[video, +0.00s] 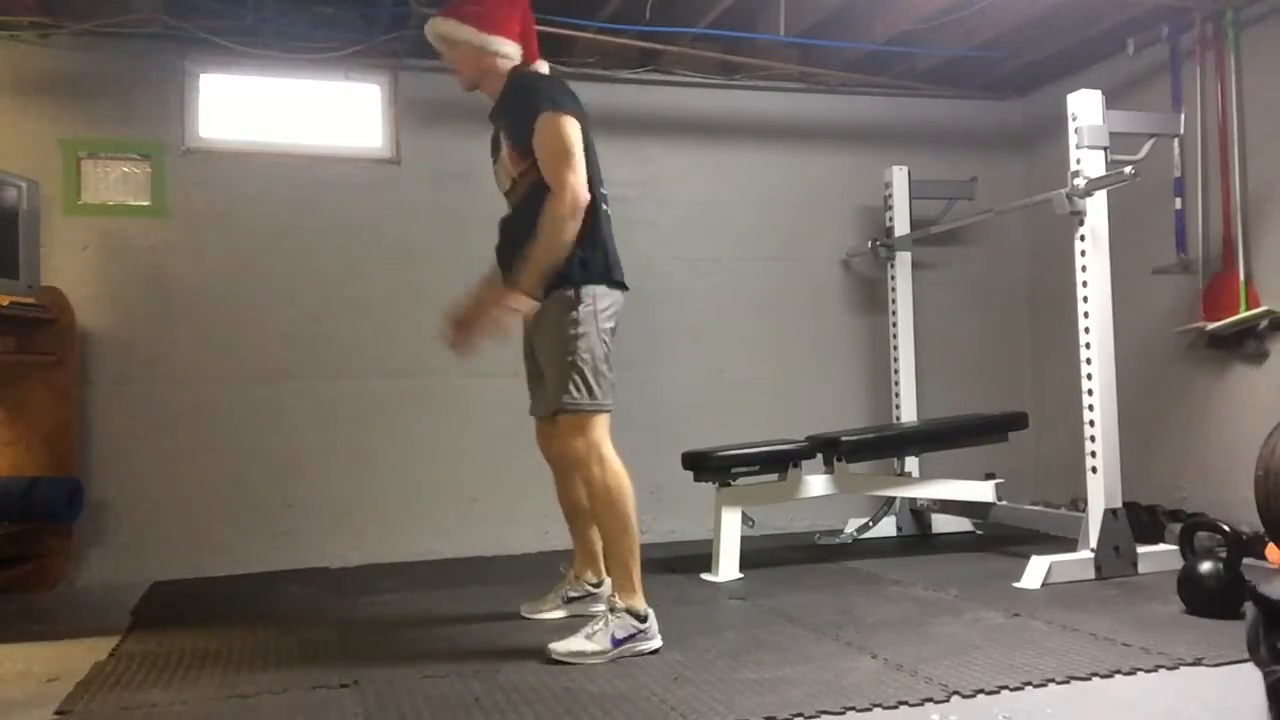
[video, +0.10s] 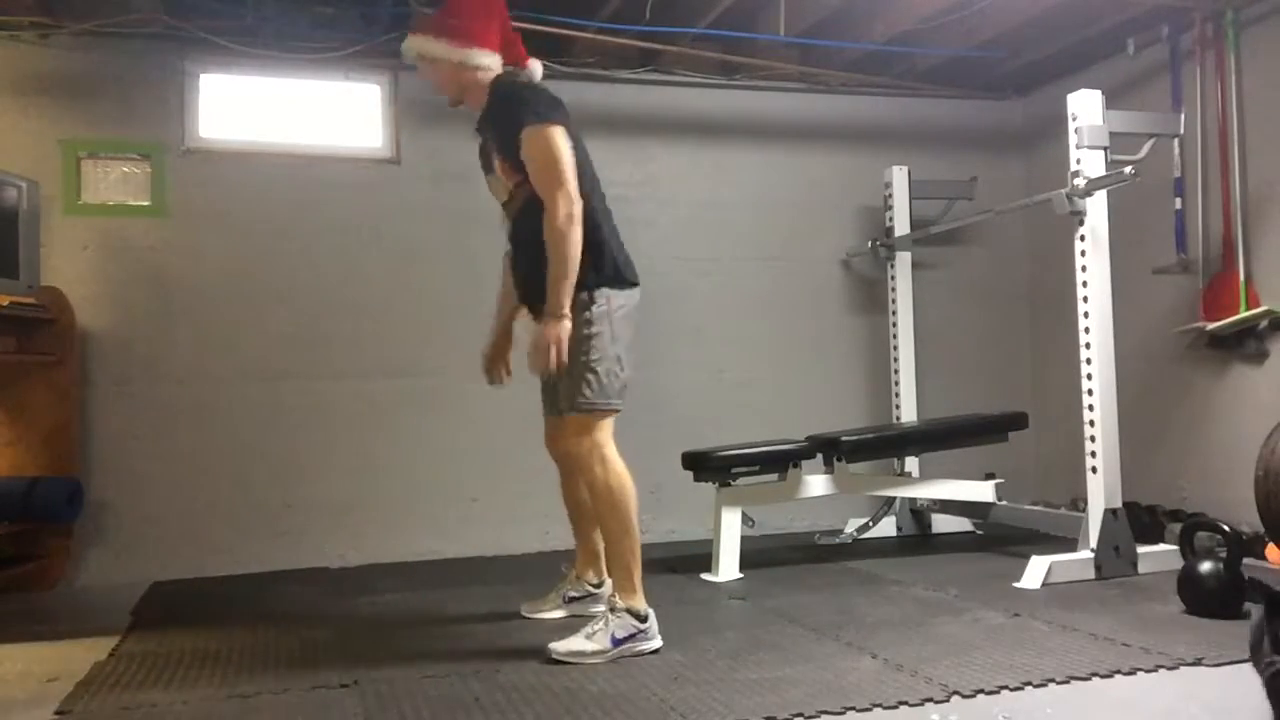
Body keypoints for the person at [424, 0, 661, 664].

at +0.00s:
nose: (447, 63)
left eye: (453, 48)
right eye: (445, 51)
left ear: (491, 46)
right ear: (485, 50)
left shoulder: (540, 93)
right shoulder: (502, 113)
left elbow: (572, 196)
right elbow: (525, 224)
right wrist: (483, 302)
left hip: (579, 290)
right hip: (550, 295)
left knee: (586, 442)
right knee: (558, 441)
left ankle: (633, 610)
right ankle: (591, 578)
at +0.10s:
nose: (431, 78)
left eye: (436, 62)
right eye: (427, 64)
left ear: (471, 55)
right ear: (466, 59)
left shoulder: (524, 103)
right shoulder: (490, 122)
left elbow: (566, 206)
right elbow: (522, 232)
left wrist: (557, 312)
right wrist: (503, 325)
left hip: (593, 295)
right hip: (562, 300)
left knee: (590, 442)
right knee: (566, 442)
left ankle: (633, 611)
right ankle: (594, 581)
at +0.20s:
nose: (410, 110)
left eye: (416, 94)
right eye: (408, 95)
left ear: (451, 86)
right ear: (451, 88)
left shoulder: (508, 129)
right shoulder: (481, 157)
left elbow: (547, 238)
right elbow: (506, 264)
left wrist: (553, 344)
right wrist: (502, 358)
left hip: (616, 296)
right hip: (584, 304)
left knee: (583, 440)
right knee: (564, 439)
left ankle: (635, 613)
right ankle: (591, 577)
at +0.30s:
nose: (392, 173)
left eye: (397, 155)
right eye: (389, 159)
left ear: (433, 147)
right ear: (436, 148)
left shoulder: (498, 187)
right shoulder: (474, 204)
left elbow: (529, 306)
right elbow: (494, 316)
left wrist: (528, 412)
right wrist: (488, 414)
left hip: (636, 311)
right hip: (602, 318)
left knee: (573, 444)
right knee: (549, 442)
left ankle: (634, 614)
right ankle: (592, 578)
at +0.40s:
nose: (397, 263)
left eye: (396, 246)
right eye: (388, 251)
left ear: (430, 224)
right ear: (429, 227)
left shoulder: (493, 254)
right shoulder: (471, 275)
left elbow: (507, 383)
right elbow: (479, 383)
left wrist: (494, 488)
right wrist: (464, 480)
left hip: (647, 336)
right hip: (612, 342)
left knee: (558, 450)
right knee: (532, 447)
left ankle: (634, 613)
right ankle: (590, 579)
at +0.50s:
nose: (387, 332)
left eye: (388, 316)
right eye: (380, 320)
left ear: (417, 297)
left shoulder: (488, 317)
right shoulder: (467, 328)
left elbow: (478, 448)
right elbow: (464, 445)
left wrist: (453, 553)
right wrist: (440, 542)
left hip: (649, 365)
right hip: (612, 367)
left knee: (542, 462)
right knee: (519, 459)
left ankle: (632, 615)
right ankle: (591, 580)